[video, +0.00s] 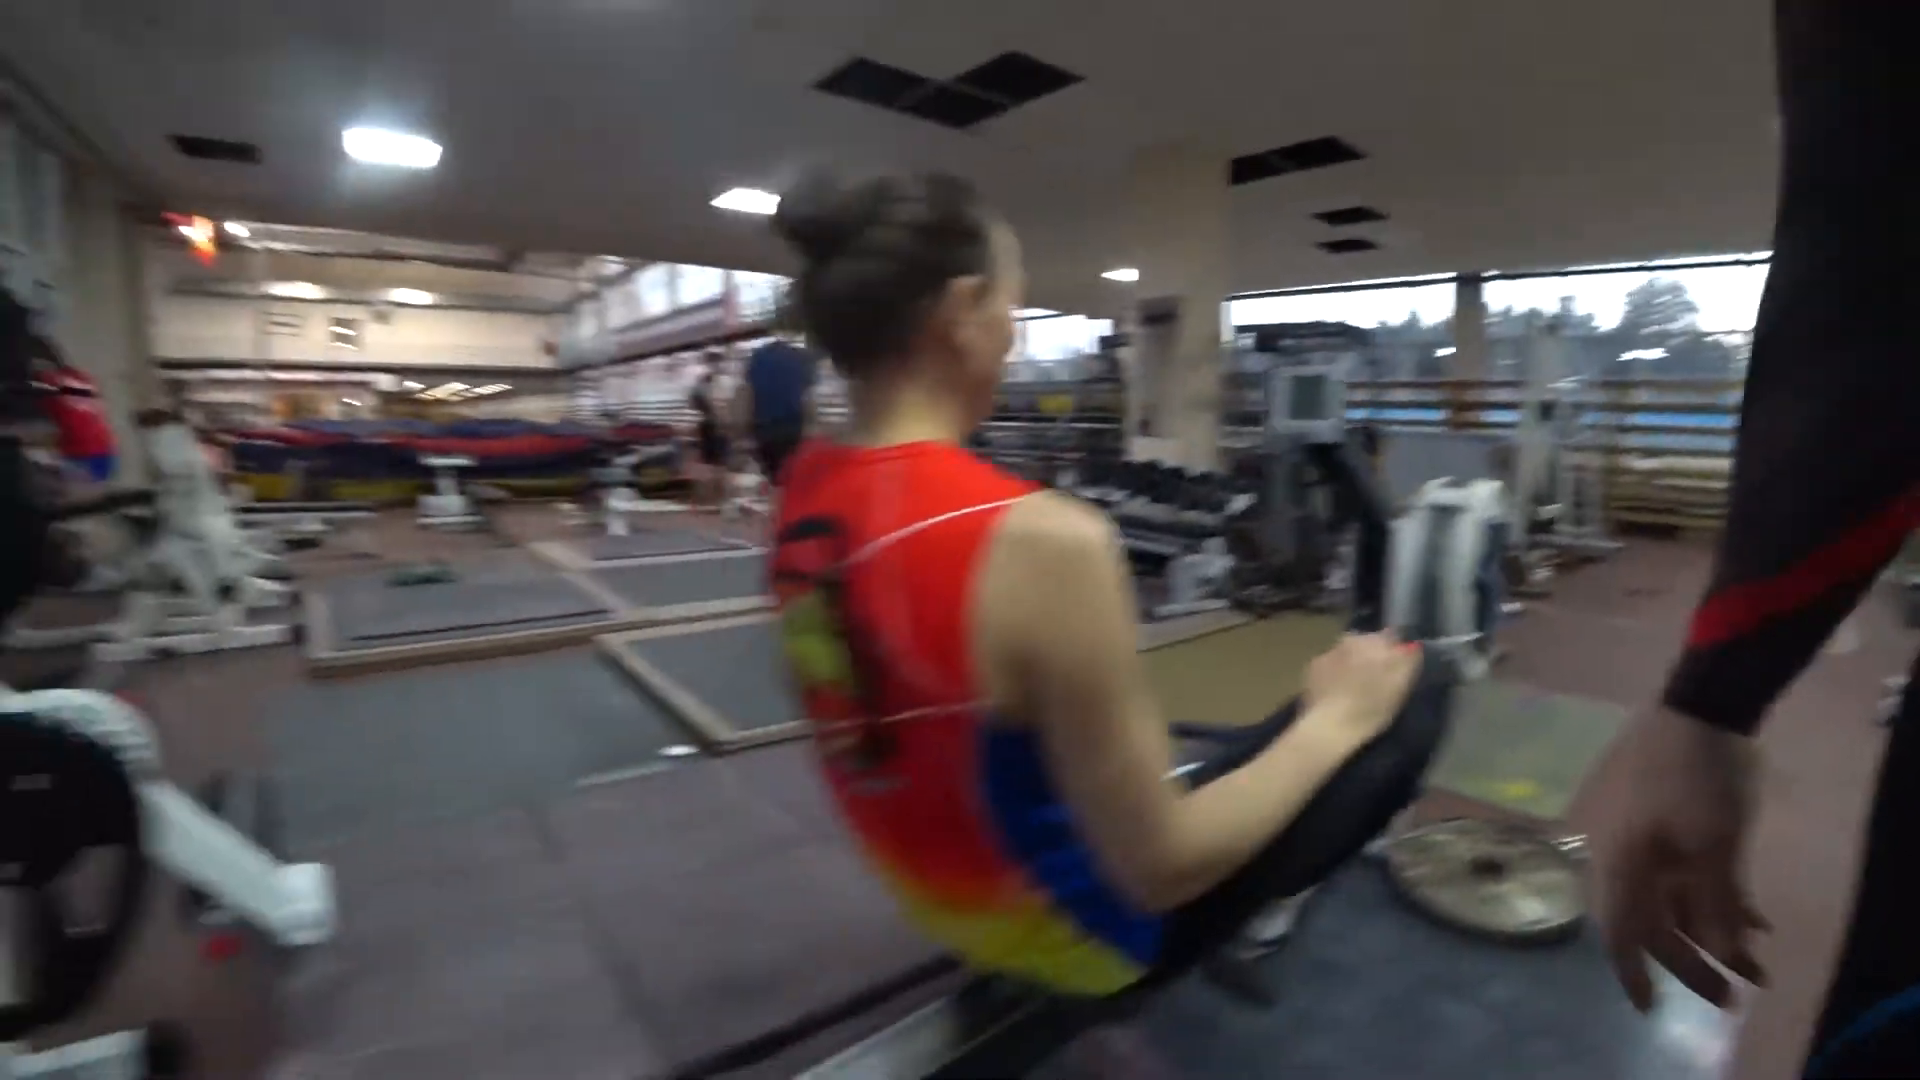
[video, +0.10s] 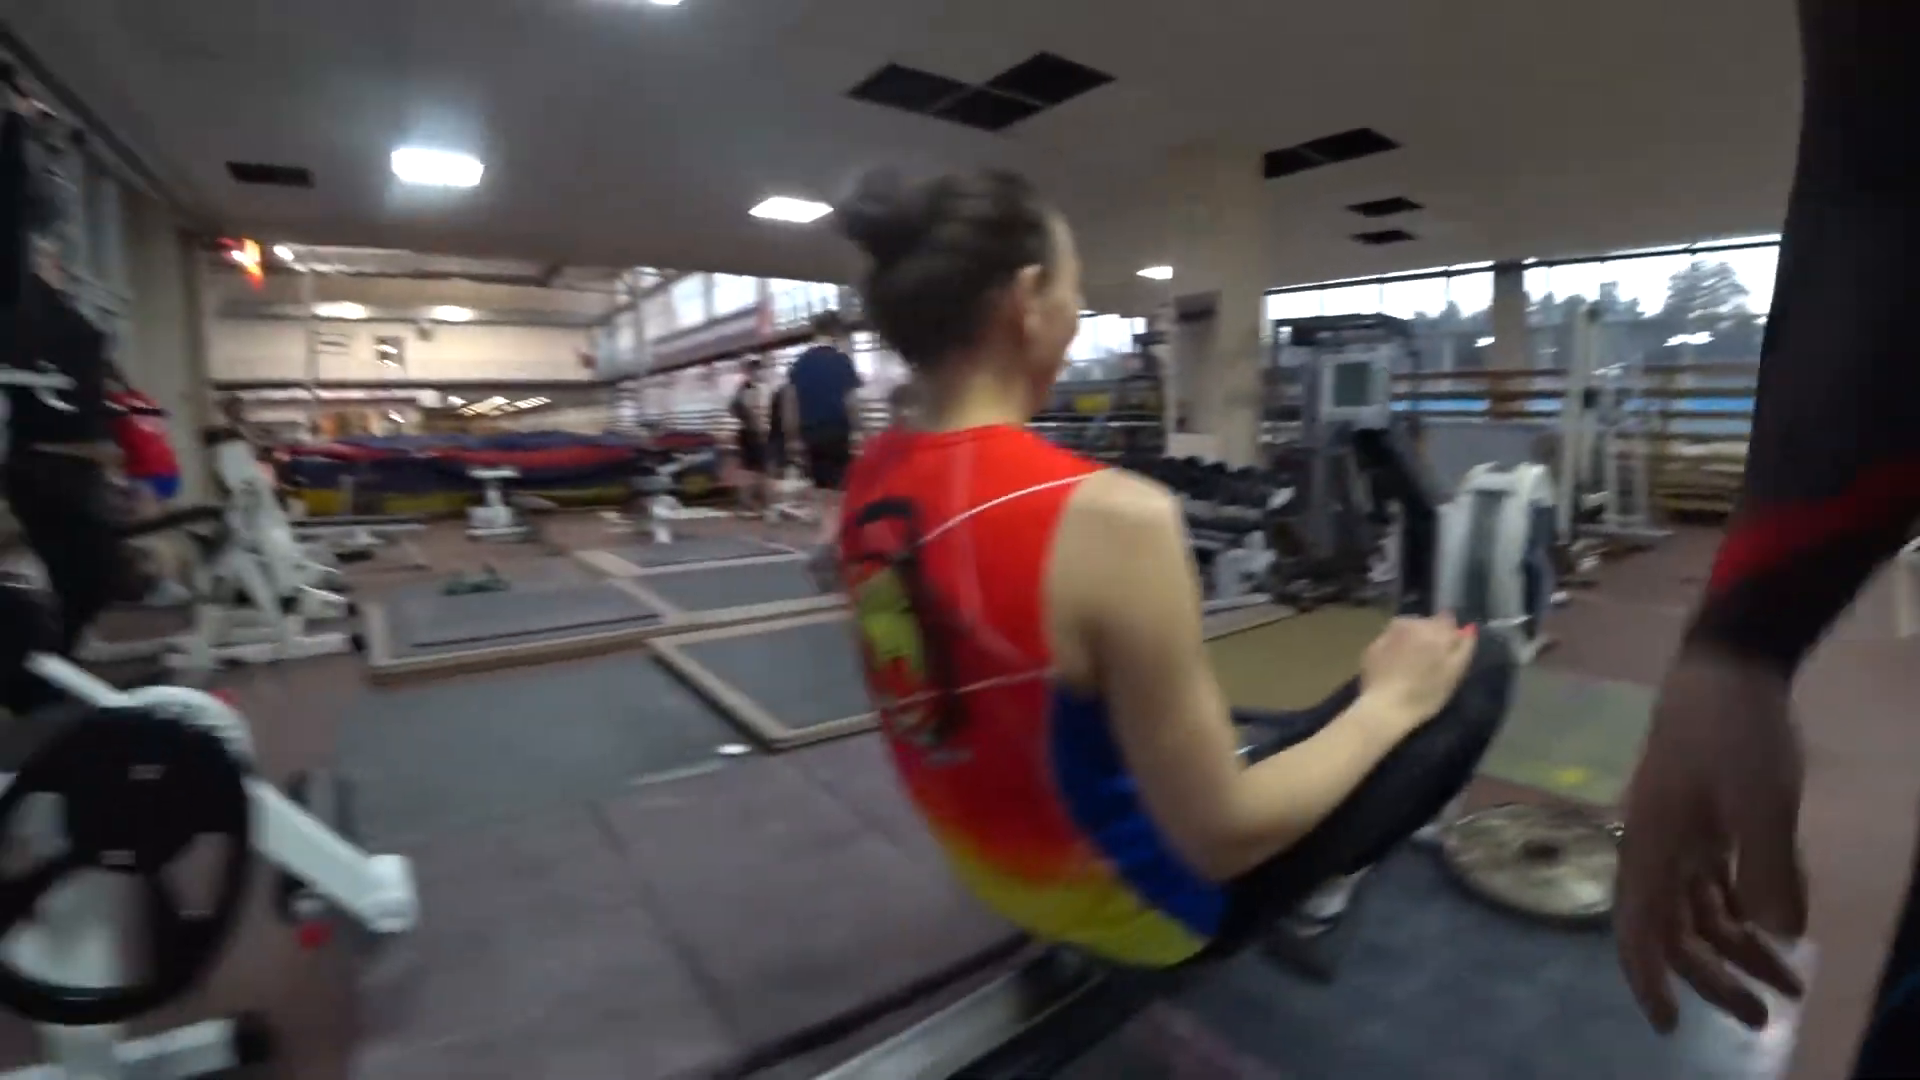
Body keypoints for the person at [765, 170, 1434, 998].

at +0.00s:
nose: (1016, 330)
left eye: (1016, 305)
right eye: (1010, 304)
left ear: (846, 327)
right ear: (958, 318)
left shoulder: (810, 491)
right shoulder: (1043, 545)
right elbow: (1161, 865)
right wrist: (1335, 717)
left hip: (957, 916)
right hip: (1093, 946)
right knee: (1410, 686)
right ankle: (1260, 914)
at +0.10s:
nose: (1077, 318)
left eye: (1073, 292)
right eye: (1071, 292)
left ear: (911, 317)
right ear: (1027, 308)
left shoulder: (872, 486)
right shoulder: (1111, 520)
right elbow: (1221, 833)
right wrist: (1387, 703)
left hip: (1013, 887)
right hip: (1159, 918)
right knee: (1478, 665)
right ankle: (1324, 888)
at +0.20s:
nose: (1113, 296)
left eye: (1108, 269)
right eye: (1105, 269)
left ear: (954, 304)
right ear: (1064, 289)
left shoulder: (911, 468)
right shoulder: (1147, 490)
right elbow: (1263, 804)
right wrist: (1423, 679)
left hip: (1051, 866)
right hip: (1196, 896)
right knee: (1514, 643)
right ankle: (1369, 864)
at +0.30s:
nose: (1081, 278)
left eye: (1078, 252)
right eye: (1074, 254)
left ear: (916, 281)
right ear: (1027, 268)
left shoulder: (877, 454)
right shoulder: (1115, 466)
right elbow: (1218, 766)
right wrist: (1380, 661)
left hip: (995, 852)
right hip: (1135, 874)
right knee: (1421, 675)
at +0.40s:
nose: (993, 279)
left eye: (988, 254)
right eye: (985, 256)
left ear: (837, 290)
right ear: (942, 277)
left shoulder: (785, 448)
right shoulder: (1016, 459)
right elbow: (1122, 755)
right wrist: (1276, 657)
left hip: (902, 855)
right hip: (1042, 873)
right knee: (1330, 644)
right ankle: (1227, 836)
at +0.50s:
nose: (931, 314)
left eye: (931, 291)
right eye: (928, 290)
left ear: (782, 308)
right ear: (886, 294)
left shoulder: (720, 460)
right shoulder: (955, 468)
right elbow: (1059, 762)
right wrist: (1210, 677)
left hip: (838, 867)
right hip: (985, 886)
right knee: (1277, 658)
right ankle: (1186, 837)